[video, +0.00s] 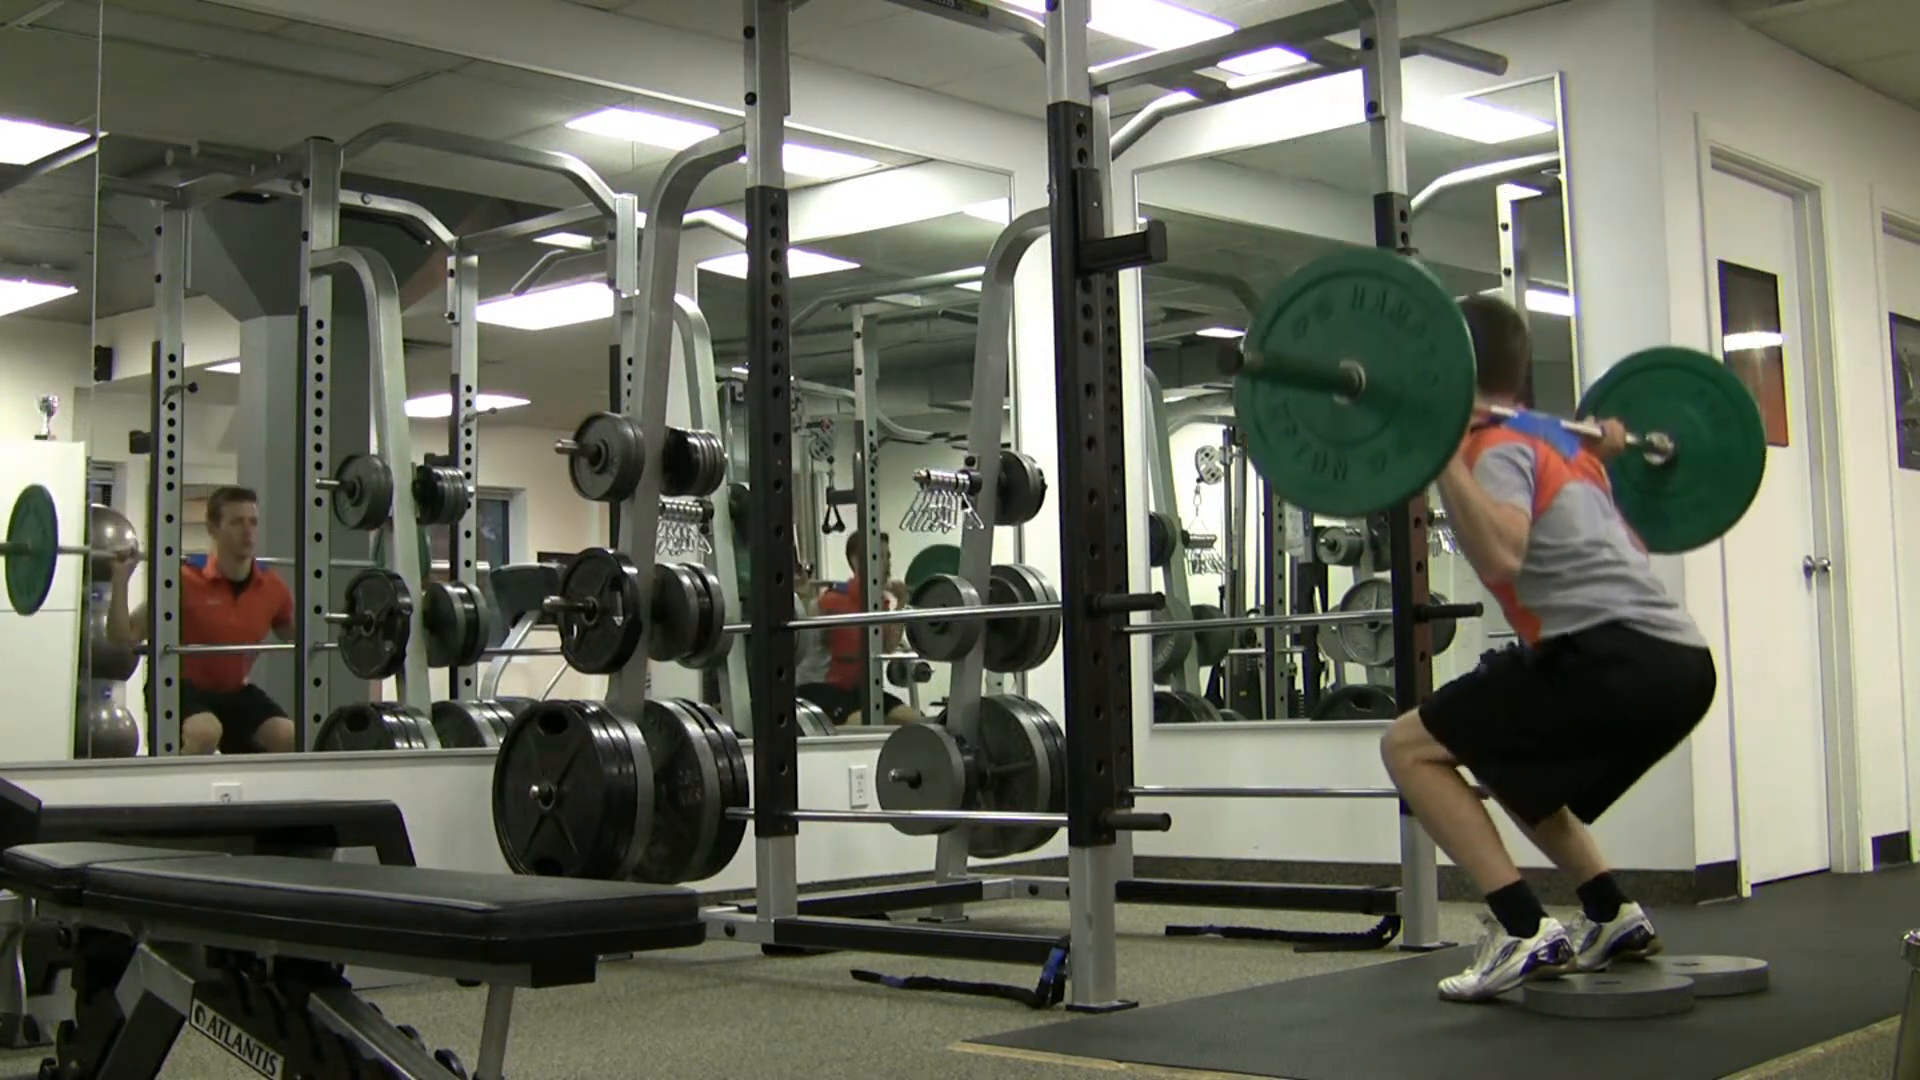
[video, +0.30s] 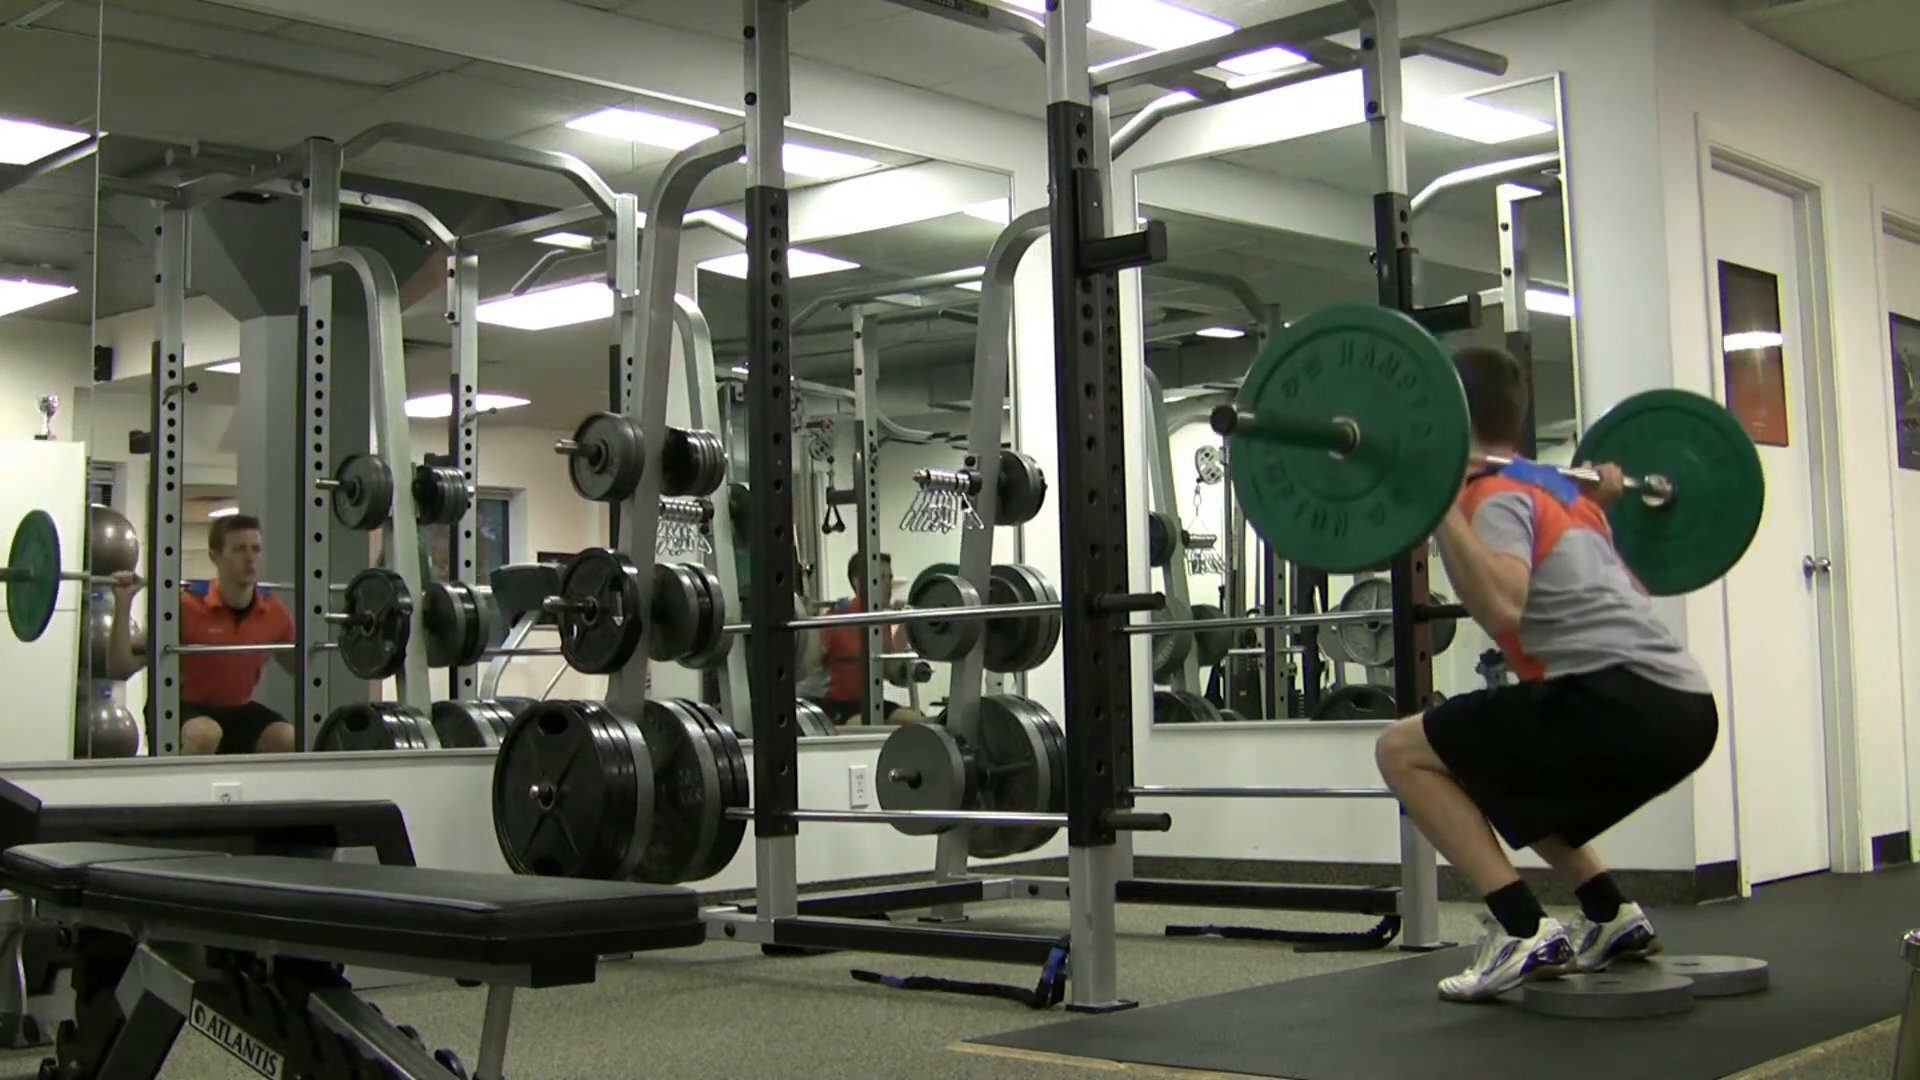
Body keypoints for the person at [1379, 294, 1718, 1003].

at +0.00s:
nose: (1435, 375)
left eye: (1439, 362)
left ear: (1450, 370)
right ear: (1523, 373)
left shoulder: (1498, 442)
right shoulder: (1566, 440)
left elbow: (1501, 559)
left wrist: (1441, 452)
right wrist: (1599, 453)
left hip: (1604, 658)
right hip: (1682, 666)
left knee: (1408, 747)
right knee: (1511, 771)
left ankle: (1524, 929)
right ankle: (1613, 913)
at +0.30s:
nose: (1431, 421)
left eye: (1436, 408)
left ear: (1446, 418)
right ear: (1521, 422)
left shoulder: (1497, 494)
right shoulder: (1564, 487)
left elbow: (1502, 610)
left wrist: (1437, 502)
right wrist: (1599, 497)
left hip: (1617, 699)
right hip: (1683, 710)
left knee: (1403, 750)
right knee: (1507, 777)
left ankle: (1523, 929)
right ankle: (1611, 913)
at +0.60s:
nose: (1423, 427)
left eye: (1429, 413)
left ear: (1442, 423)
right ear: (1515, 427)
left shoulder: (1495, 499)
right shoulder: (1558, 491)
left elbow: (1498, 613)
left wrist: (1433, 507)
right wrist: (1595, 502)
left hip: (1619, 702)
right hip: (1682, 711)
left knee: (1404, 751)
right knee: (1505, 769)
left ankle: (1524, 930)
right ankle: (1611, 912)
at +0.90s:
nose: (1427, 369)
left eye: (1431, 355)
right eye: (1428, 356)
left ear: (1448, 363)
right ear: (1512, 366)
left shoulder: (1494, 434)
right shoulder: (1558, 434)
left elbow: (1493, 546)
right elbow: (1586, 514)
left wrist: (1432, 443)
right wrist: (1594, 448)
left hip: (1606, 642)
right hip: (1682, 647)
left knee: (1413, 744)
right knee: (1513, 765)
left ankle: (1523, 928)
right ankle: (1612, 912)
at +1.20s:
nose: (1429, 300)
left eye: (1431, 284)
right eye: (1428, 286)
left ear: (1450, 289)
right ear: (1513, 291)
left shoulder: (1493, 355)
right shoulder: (1560, 362)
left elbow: (1489, 461)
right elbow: (1626, 465)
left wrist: (1428, 355)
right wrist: (1594, 375)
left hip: (1596, 576)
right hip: (1666, 577)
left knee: (1426, 731)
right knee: (1513, 743)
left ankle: (1522, 928)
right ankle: (1614, 912)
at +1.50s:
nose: (1435, 231)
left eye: (1437, 215)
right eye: (1440, 213)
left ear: (1452, 217)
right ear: (1515, 220)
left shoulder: (1491, 286)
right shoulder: (1563, 298)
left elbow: (1485, 391)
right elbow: (1628, 410)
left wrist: (1433, 286)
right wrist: (1600, 312)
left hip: (1584, 519)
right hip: (1650, 520)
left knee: (1449, 713)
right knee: (1522, 718)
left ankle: (1523, 928)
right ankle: (1615, 911)